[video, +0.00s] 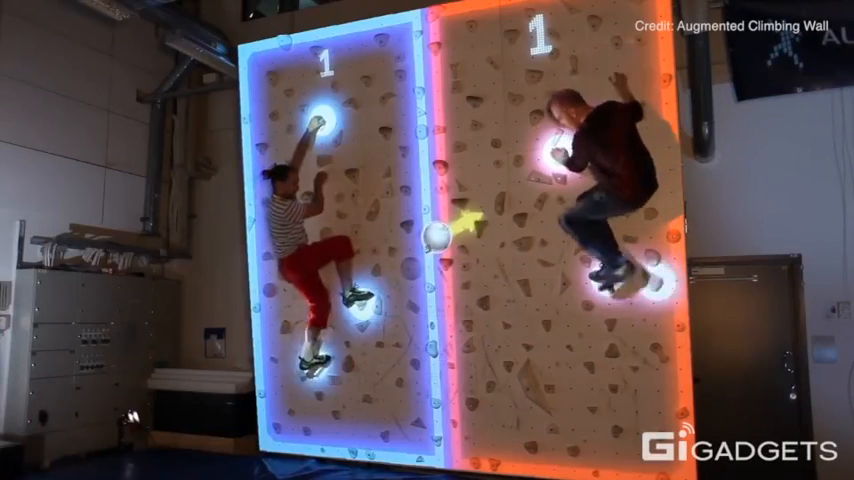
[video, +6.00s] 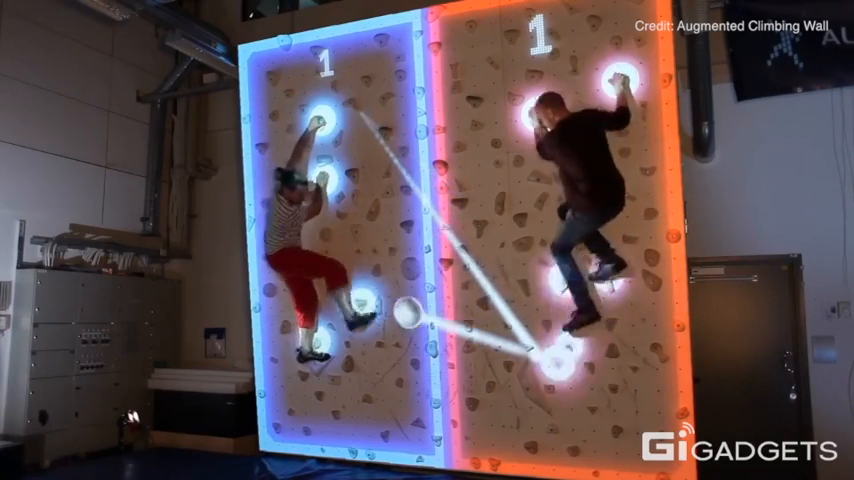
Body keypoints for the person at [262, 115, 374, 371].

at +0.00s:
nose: (296, 185)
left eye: (295, 181)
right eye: (292, 182)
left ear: (281, 184)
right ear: (281, 185)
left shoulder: (275, 201)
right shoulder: (285, 207)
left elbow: (296, 164)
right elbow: (317, 208)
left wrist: (310, 133)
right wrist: (319, 185)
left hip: (288, 266)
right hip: (300, 259)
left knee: (320, 303)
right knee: (341, 244)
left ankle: (309, 358)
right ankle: (349, 291)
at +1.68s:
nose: (281, 181)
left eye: (280, 177)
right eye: (277, 178)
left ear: (264, 184)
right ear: (266, 184)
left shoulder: (261, 198)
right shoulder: (275, 204)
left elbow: (284, 172)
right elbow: (309, 208)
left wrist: (309, 172)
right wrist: (318, 184)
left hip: (285, 259)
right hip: (294, 253)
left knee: (314, 300)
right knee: (339, 243)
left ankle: (306, 350)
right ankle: (348, 293)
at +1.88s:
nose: (288, 177)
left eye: (285, 174)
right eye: (283, 176)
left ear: (272, 182)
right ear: (272, 183)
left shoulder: (273, 193)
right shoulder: (279, 204)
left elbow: (307, 168)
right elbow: (311, 208)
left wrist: (338, 168)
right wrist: (319, 184)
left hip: (285, 253)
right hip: (292, 251)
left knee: (308, 299)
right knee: (338, 244)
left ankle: (306, 351)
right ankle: (348, 293)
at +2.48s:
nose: (306, 164)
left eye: (304, 162)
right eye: (302, 164)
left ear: (290, 171)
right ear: (294, 171)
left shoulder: (290, 183)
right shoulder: (293, 193)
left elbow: (318, 152)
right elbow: (322, 209)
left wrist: (342, 127)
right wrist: (321, 185)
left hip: (290, 246)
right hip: (300, 243)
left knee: (303, 296)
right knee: (345, 242)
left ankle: (305, 350)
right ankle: (348, 292)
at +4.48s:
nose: (283, 187)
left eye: (283, 183)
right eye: (279, 185)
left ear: (279, 181)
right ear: (269, 186)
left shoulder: (268, 195)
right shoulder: (279, 204)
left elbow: (290, 158)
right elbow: (311, 207)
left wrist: (308, 130)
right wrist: (320, 186)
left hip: (282, 254)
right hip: (291, 251)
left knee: (305, 300)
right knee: (333, 246)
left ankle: (305, 351)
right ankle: (346, 294)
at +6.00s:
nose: (303, 193)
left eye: (303, 189)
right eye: (299, 190)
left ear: (299, 186)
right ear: (288, 191)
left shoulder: (284, 193)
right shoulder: (292, 210)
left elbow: (298, 158)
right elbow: (316, 209)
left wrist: (310, 131)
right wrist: (321, 189)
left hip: (281, 255)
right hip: (287, 254)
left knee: (306, 299)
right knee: (334, 269)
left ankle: (305, 350)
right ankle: (351, 316)